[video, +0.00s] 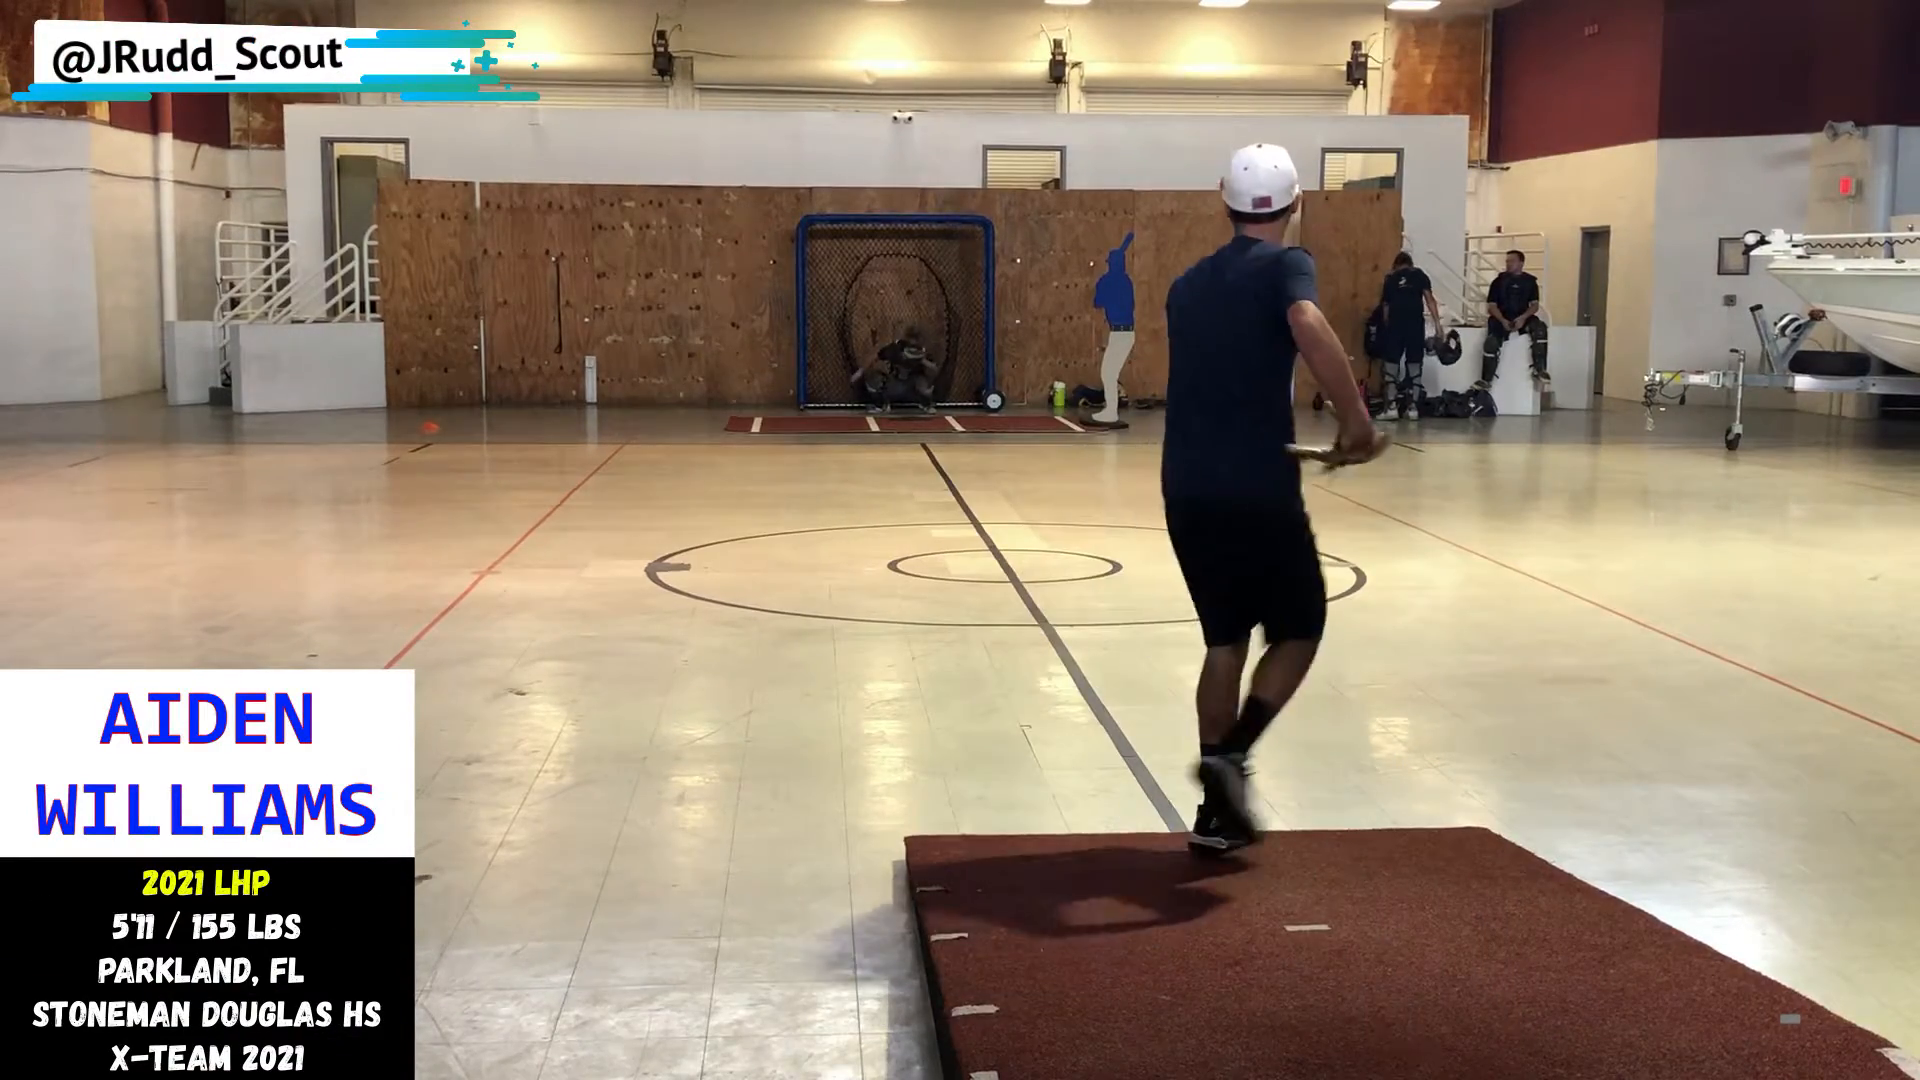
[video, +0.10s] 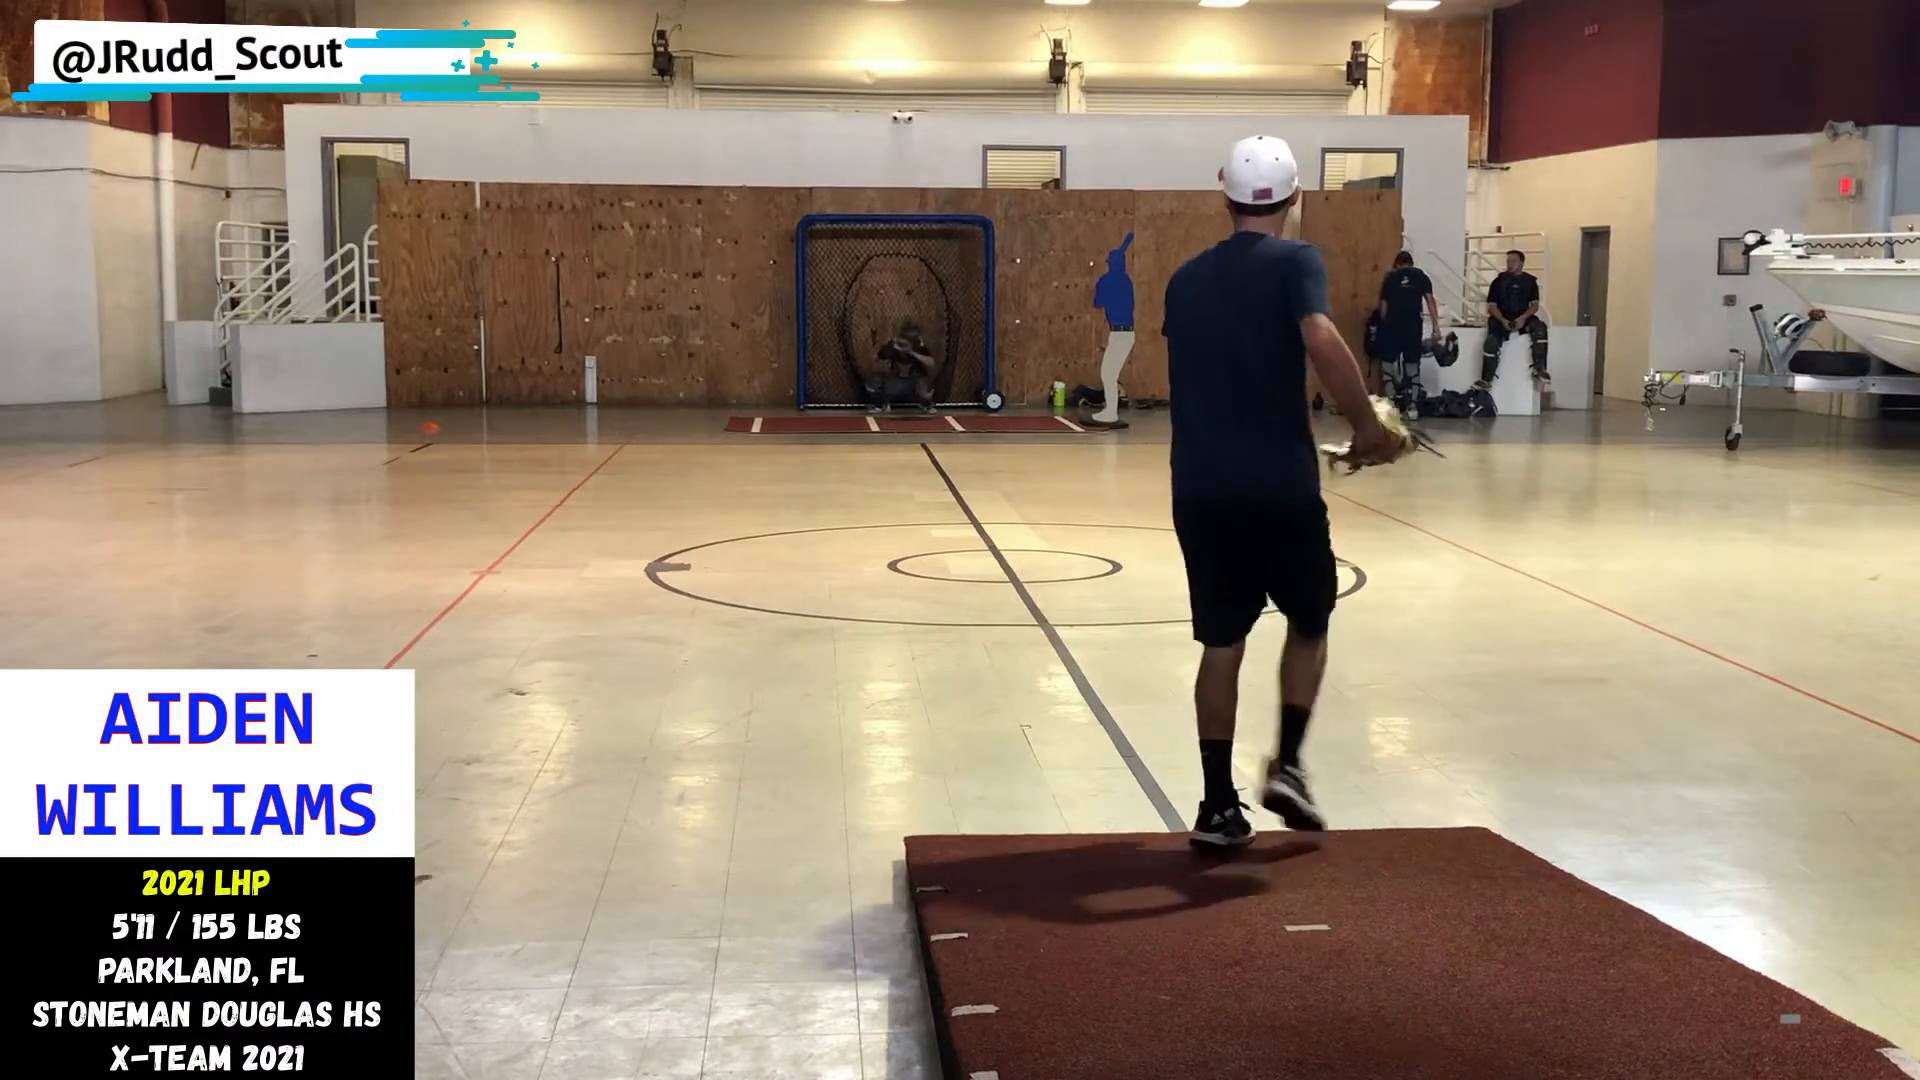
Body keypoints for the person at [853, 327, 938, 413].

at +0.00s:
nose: (911, 343)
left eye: (915, 340)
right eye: (909, 339)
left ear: (919, 340)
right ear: (905, 338)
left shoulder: (921, 351)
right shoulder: (895, 347)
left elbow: (934, 370)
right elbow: (876, 358)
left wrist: (922, 360)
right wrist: (861, 371)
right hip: (894, 380)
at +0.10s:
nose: (909, 343)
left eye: (913, 339)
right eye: (906, 339)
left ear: (918, 338)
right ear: (901, 337)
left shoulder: (920, 348)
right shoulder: (892, 347)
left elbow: (931, 363)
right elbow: (876, 363)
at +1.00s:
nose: (891, 322)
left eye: (895, 318)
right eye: (888, 318)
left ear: (900, 318)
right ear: (883, 317)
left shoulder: (906, 331)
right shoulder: (874, 331)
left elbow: (917, 351)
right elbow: (867, 350)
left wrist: (902, 358)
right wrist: (880, 347)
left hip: (901, 373)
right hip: (880, 373)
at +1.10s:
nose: (890, 319)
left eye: (893, 316)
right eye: (886, 316)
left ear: (898, 315)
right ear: (881, 315)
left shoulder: (905, 328)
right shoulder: (872, 327)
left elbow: (916, 349)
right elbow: (863, 346)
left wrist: (901, 355)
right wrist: (878, 343)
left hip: (898, 370)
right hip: (877, 370)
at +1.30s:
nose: (882, 326)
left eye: (885, 323)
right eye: (878, 323)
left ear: (889, 322)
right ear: (873, 321)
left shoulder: (896, 333)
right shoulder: (866, 332)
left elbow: (909, 353)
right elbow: (850, 354)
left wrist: (895, 362)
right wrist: (870, 352)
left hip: (890, 367)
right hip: (868, 369)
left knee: (907, 371)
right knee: (848, 370)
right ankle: (839, 402)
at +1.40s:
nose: (878, 330)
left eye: (881, 326)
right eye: (874, 326)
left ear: (886, 326)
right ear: (869, 325)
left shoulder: (892, 338)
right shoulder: (861, 337)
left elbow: (907, 356)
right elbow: (846, 357)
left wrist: (892, 367)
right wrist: (867, 356)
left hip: (887, 373)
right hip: (865, 373)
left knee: (907, 374)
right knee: (845, 371)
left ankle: (910, 403)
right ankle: (840, 404)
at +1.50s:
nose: (876, 334)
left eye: (879, 330)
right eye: (872, 330)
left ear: (884, 329)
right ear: (867, 329)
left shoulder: (890, 341)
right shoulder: (859, 340)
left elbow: (904, 360)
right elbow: (843, 359)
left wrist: (890, 371)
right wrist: (865, 358)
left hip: (885, 375)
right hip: (862, 377)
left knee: (905, 374)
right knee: (844, 372)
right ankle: (841, 403)